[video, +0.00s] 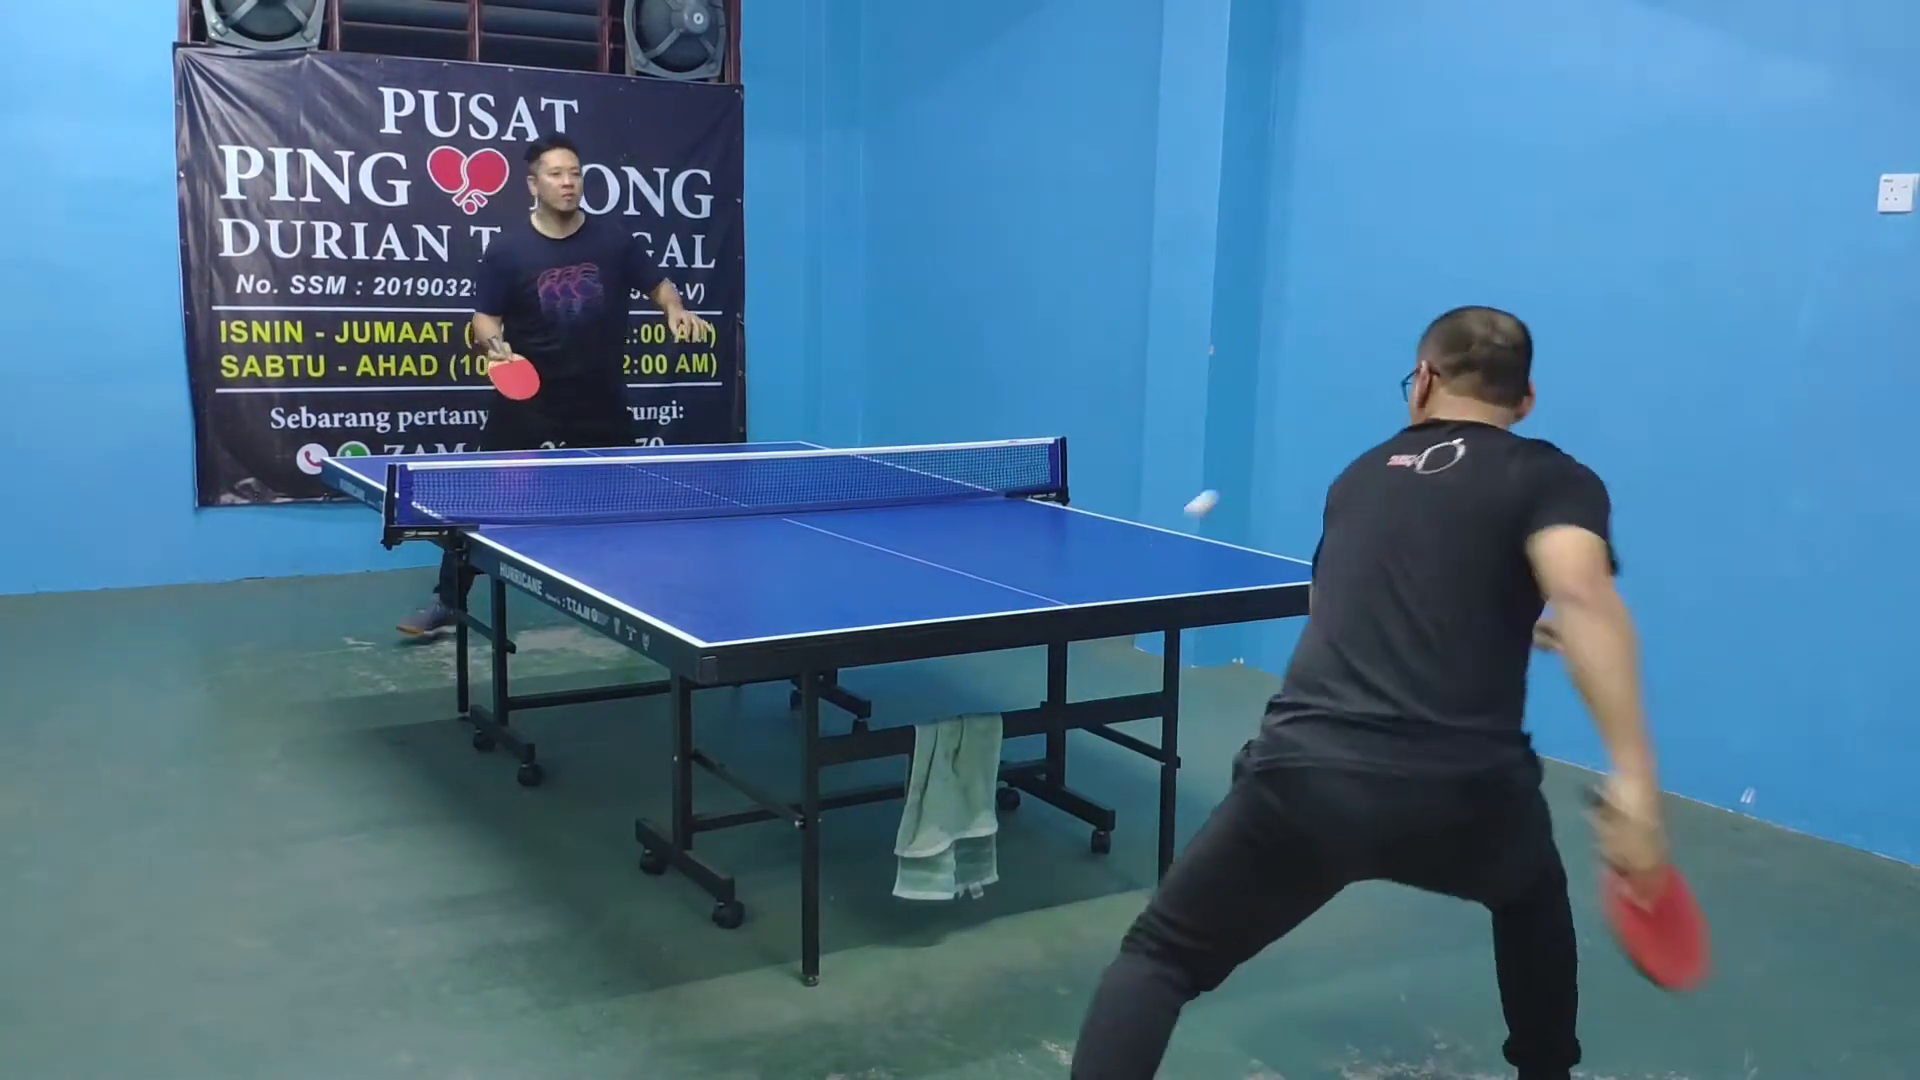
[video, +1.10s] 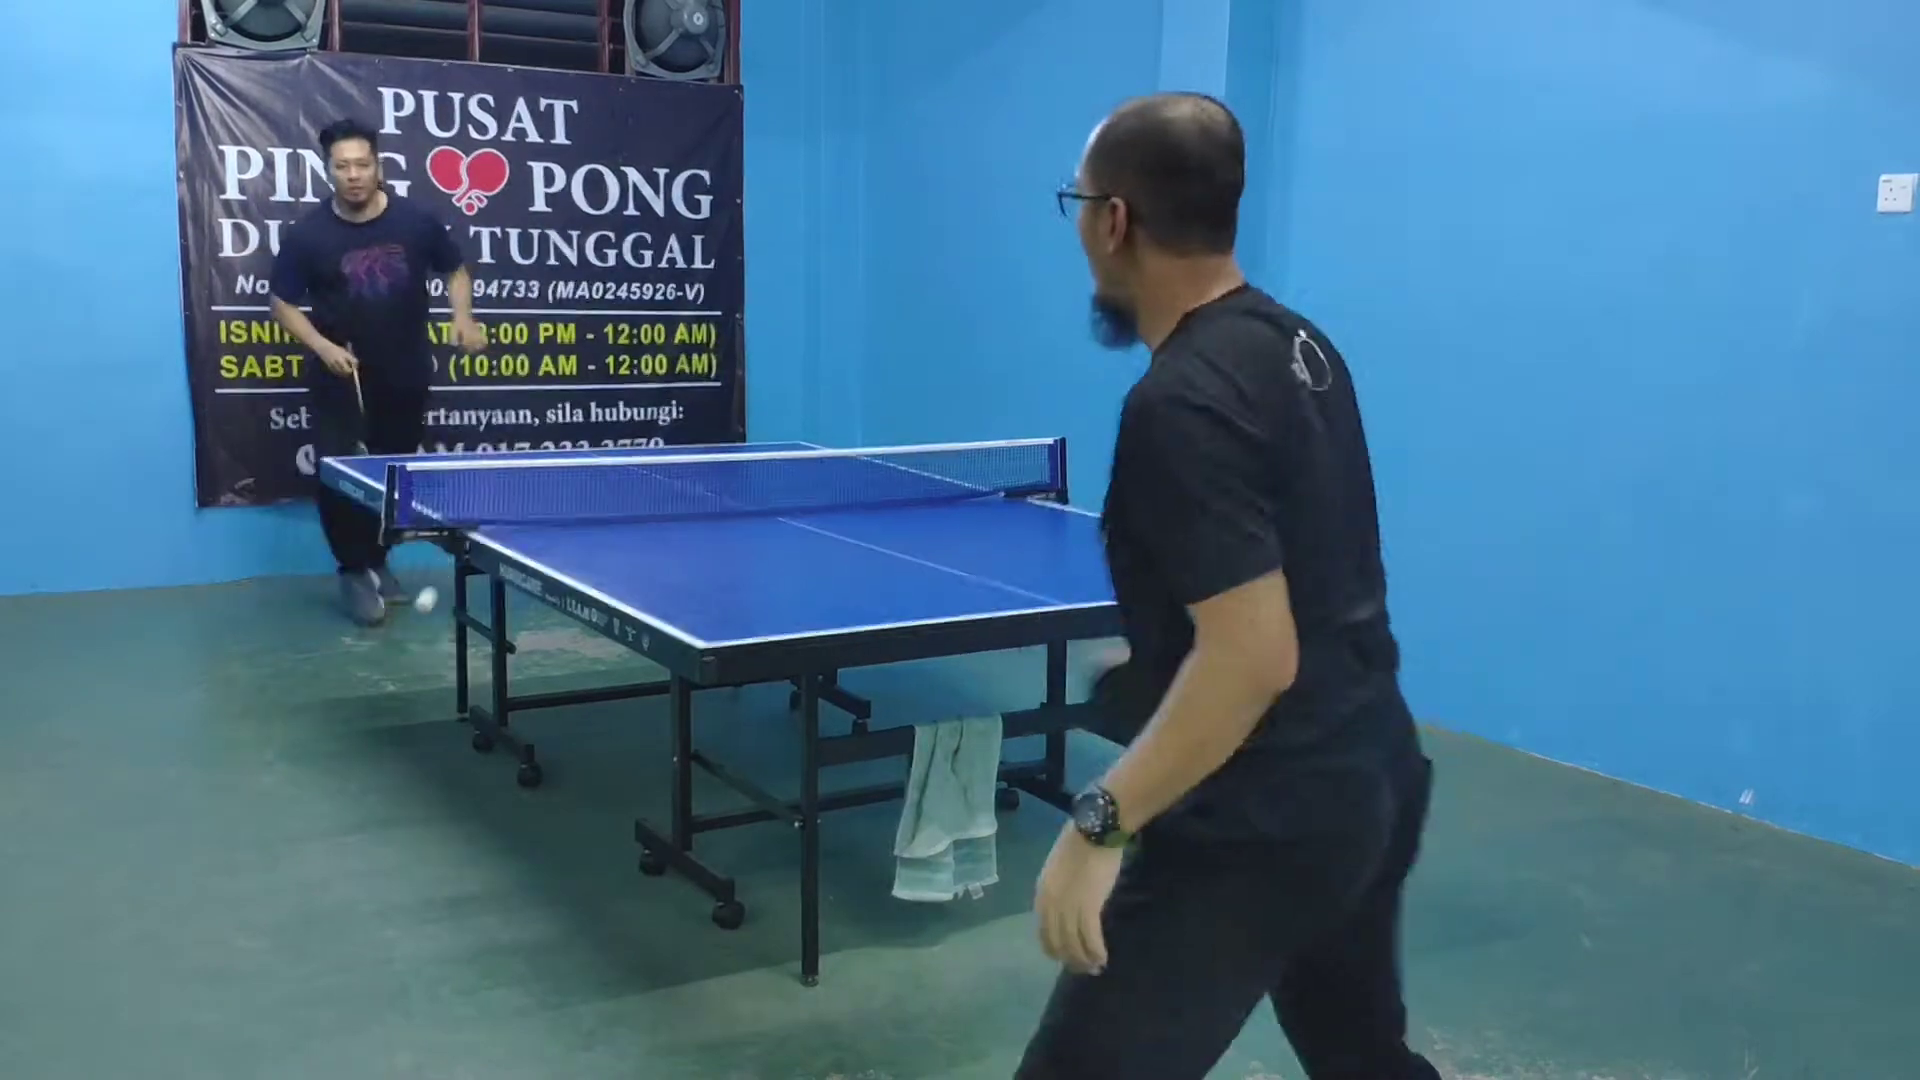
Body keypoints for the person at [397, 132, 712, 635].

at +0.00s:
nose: (568, 182)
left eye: (574, 173)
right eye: (556, 174)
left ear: (583, 180)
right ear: (533, 184)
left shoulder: (612, 239)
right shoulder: (509, 247)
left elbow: (656, 283)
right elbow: (484, 316)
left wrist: (677, 310)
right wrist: (494, 340)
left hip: (600, 399)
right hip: (528, 404)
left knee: (636, 498)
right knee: (476, 494)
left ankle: (659, 609)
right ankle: (449, 601)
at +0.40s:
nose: (523, 191)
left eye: (529, 182)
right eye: (511, 184)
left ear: (538, 186)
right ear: (489, 191)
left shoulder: (571, 240)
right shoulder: (470, 247)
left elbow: (618, 289)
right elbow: (439, 314)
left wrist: (621, 311)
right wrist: (464, 341)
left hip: (564, 395)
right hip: (491, 398)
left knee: (608, 483)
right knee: (446, 479)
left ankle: (631, 594)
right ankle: (426, 584)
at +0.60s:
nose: (439, 202)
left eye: (448, 193)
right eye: (429, 194)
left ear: (469, 197)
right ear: (417, 203)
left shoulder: (512, 245)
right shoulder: (400, 263)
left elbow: (576, 276)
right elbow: (342, 297)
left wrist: (639, 304)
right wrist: (286, 330)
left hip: (519, 397)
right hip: (447, 402)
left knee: (577, 482)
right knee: (410, 488)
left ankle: (611, 580)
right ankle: (390, 587)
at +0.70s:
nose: (400, 210)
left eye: (409, 200)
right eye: (390, 202)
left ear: (429, 204)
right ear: (377, 210)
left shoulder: (473, 248)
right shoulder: (364, 267)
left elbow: (526, 269)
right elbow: (301, 299)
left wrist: (582, 293)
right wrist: (249, 339)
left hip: (493, 389)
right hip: (418, 399)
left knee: (553, 467)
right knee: (393, 485)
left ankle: (582, 570)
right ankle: (390, 587)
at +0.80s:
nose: (375, 207)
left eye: (384, 196)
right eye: (364, 198)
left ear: (403, 196)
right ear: (352, 205)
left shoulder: (445, 236)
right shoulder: (340, 261)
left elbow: (500, 267)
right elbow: (290, 318)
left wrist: (554, 302)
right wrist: (298, 368)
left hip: (462, 375)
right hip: (391, 386)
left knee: (508, 462)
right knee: (381, 479)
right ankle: (385, 585)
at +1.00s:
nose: (357, 177)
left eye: (366, 166)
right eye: (347, 168)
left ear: (383, 168)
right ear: (334, 175)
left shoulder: (423, 214)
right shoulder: (317, 237)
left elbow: (471, 258)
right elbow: (292, 306)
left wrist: (508, 311)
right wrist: (333, 350)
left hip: (428, 368)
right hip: (361, 376)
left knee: (441, 465)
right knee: (366, 477)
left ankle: (423, 545)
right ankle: (380, 581)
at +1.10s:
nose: (353, 175)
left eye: (362, 164)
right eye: (343, 166)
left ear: (378, 166)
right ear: (329, 171)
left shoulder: (415, 221)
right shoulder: (308, 233)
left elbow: (455, 267)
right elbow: (281, 303)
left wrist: (463, 317)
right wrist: (321, 346)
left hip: (403, 369)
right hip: (339, 373)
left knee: (395, 466)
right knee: (339, 469)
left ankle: (377, 559)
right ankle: (354, 570)